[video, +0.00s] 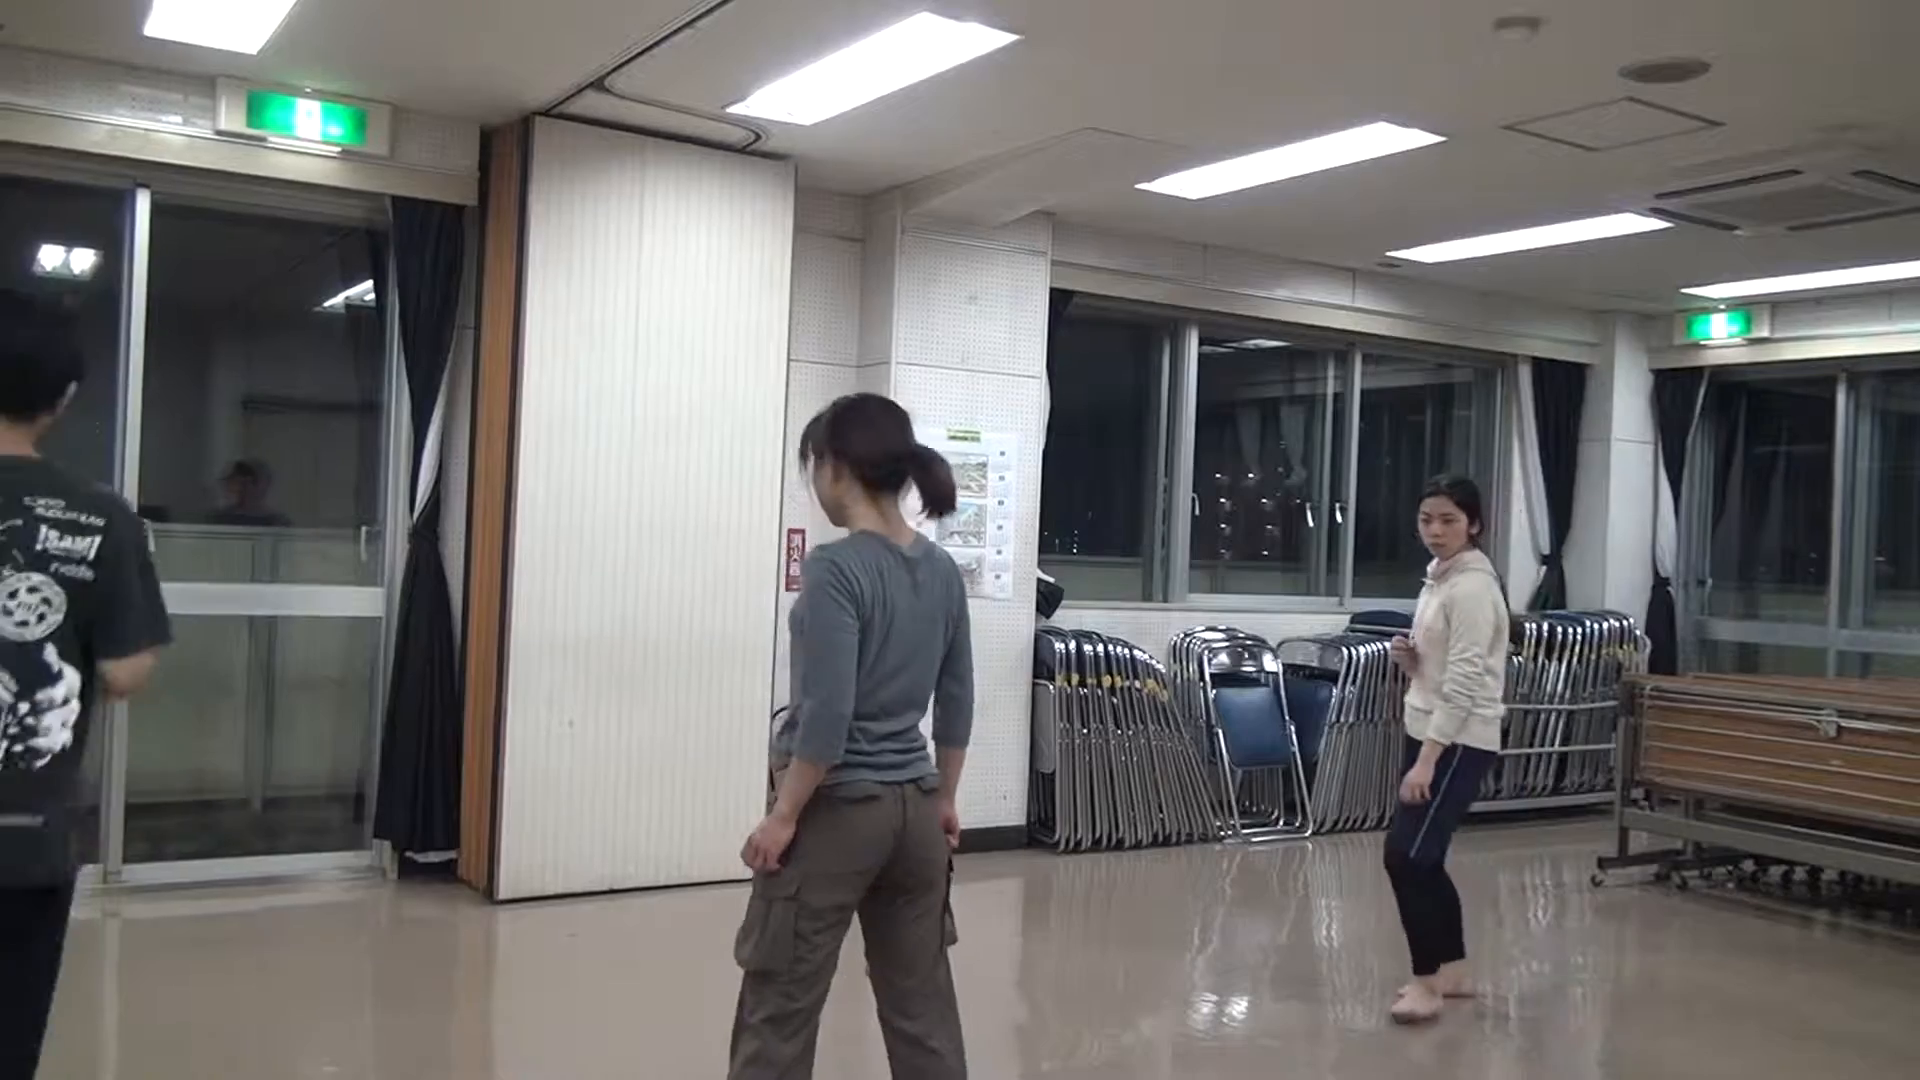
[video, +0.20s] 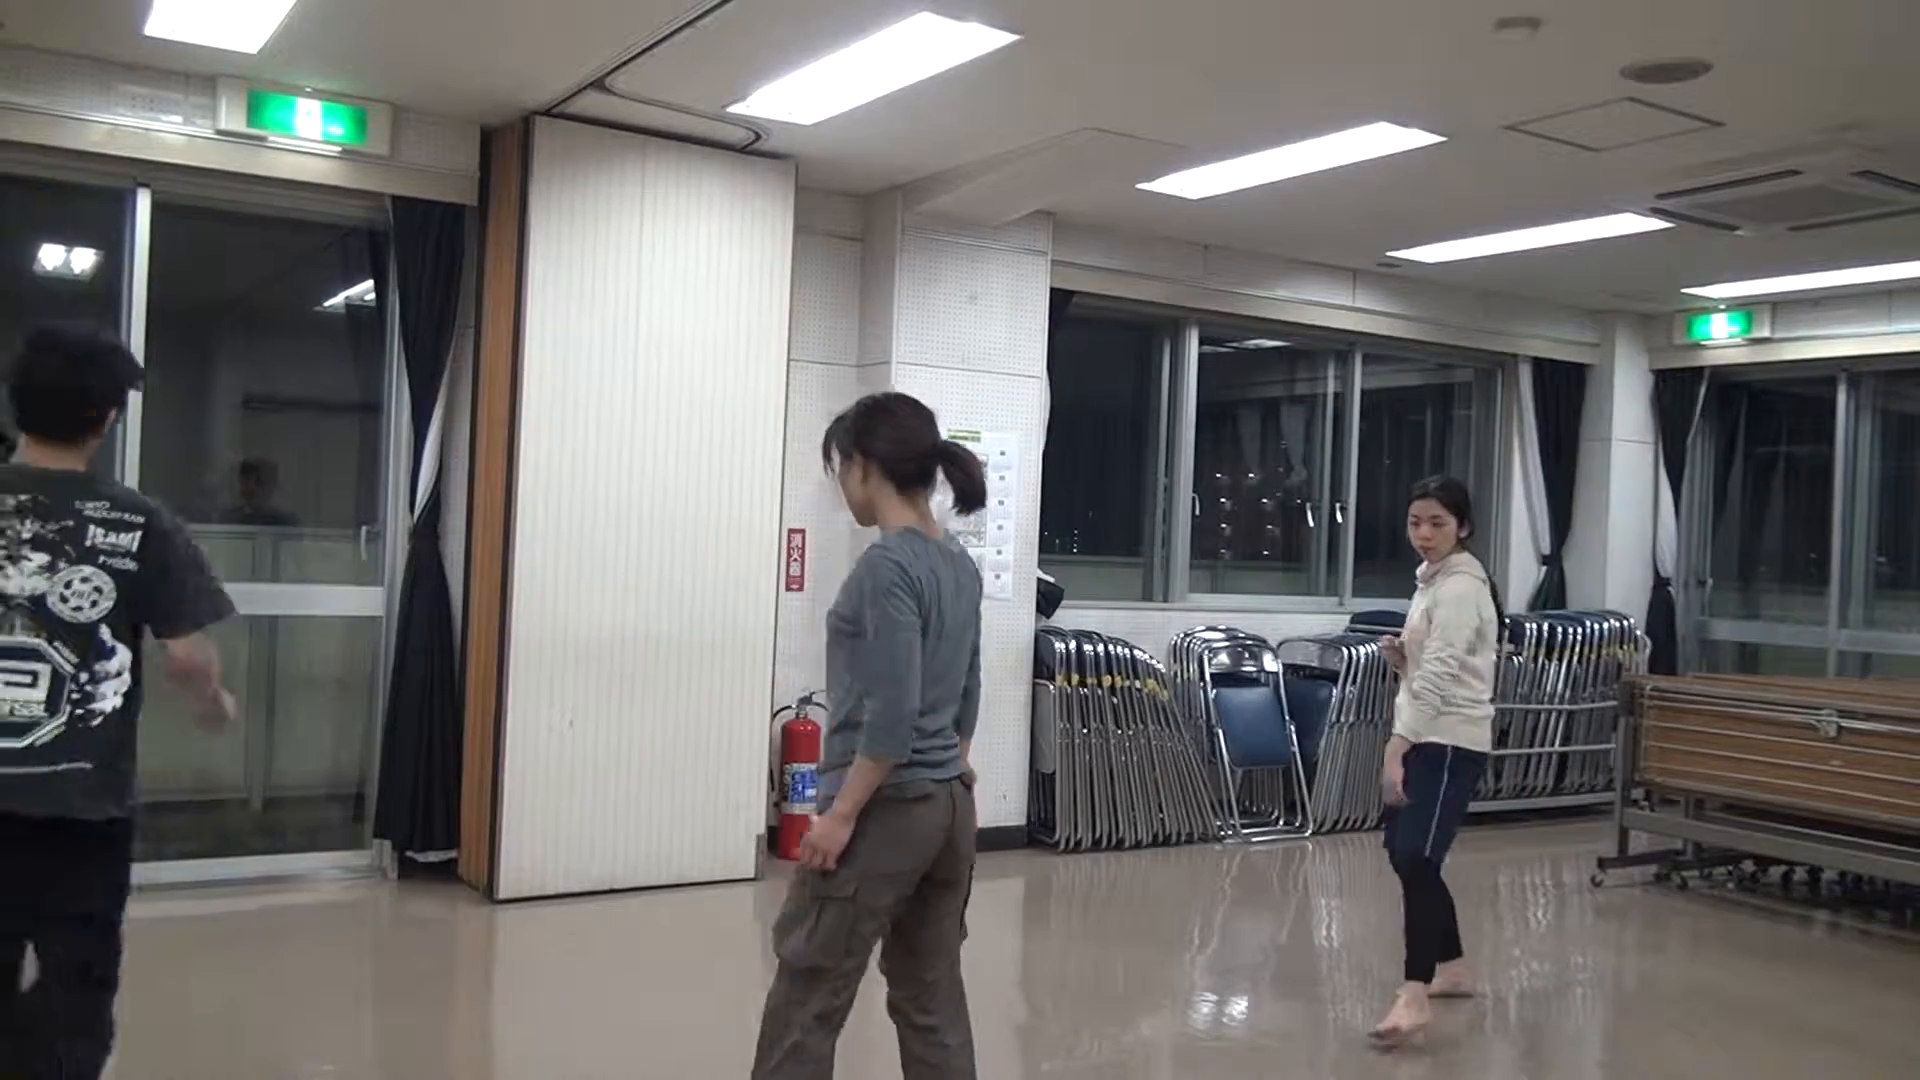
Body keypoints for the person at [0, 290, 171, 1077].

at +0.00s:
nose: (58, 398)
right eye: (64, 386)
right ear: (62, 398)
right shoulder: (99, 519)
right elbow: (128, 669)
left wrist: (66, 657)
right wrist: (59, 656)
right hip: (29, 836)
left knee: (16, 1047)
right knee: (14, 1051)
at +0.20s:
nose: (116, 411)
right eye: (115, 403)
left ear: (18, 404)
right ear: (107, 416)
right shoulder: (137, 524)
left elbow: (187, 654)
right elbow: (189, 656)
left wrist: (205, 697)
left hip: (6, 792)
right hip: (81, 802)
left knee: (7, 981)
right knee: (78, 992)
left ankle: (28, 1060)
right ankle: (65, 1065)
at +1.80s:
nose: (313, 456)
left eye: (323, 445)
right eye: (299, 445)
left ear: (333, 447)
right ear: (267, 447)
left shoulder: (360, 512)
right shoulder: (237, 512)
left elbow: (408, 589)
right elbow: (208, 589)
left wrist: (382, 528)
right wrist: (265, 531)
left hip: (348, 704)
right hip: (263, 705)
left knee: (376, 825)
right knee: (261, 830)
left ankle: (393, 961)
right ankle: (261, 953)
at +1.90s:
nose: (320, 456)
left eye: (330, 444)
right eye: (306, 445)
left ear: (341, 447)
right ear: (275, 448)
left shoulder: (367, 512)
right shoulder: (247, 512)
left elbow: (420, 590)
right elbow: (218, 589)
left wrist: (392, 529)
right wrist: (276, 531)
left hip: (355, 703)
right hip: (270, 704)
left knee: (381, 825)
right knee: (263, 826)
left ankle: (417, 963)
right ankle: (262, 951)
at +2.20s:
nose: (372, 452)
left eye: (382, 439)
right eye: (358, 440)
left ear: (394, 445)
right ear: (329, 445)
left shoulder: (426, 516)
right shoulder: (300, 517)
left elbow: (464, 605)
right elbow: (274, 601)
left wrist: (448, 579)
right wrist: (324, 559)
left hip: (406, 714)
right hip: (320, 712)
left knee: (421, 851)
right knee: (296, 832)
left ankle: (433, 995)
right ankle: (271, 943)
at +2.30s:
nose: (390, 451)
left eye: (400, 439)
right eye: (376, 439)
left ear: (412, 444)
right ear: (347, 443)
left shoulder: (441, 514)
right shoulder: (314, 515)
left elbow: (468, 588)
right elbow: (291, 603)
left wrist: (470, 631)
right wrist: (341, 586)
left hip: (422, 710)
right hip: (338, 710)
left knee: (428, 853)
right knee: (311, 833)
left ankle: (433, 995)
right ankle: (281, 944)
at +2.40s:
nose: (400, 450)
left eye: (409, 438)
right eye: (386, 438)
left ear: (419, 440)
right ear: (355, 441)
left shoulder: (446, 514)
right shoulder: (320, 515)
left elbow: (475, 607)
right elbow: (296, 603)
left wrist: (488, 681)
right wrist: (343, 608)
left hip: (427, 714)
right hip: (342, 715)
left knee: (437, 855)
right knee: (328, 840)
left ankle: (436, 994)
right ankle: (313, 958)